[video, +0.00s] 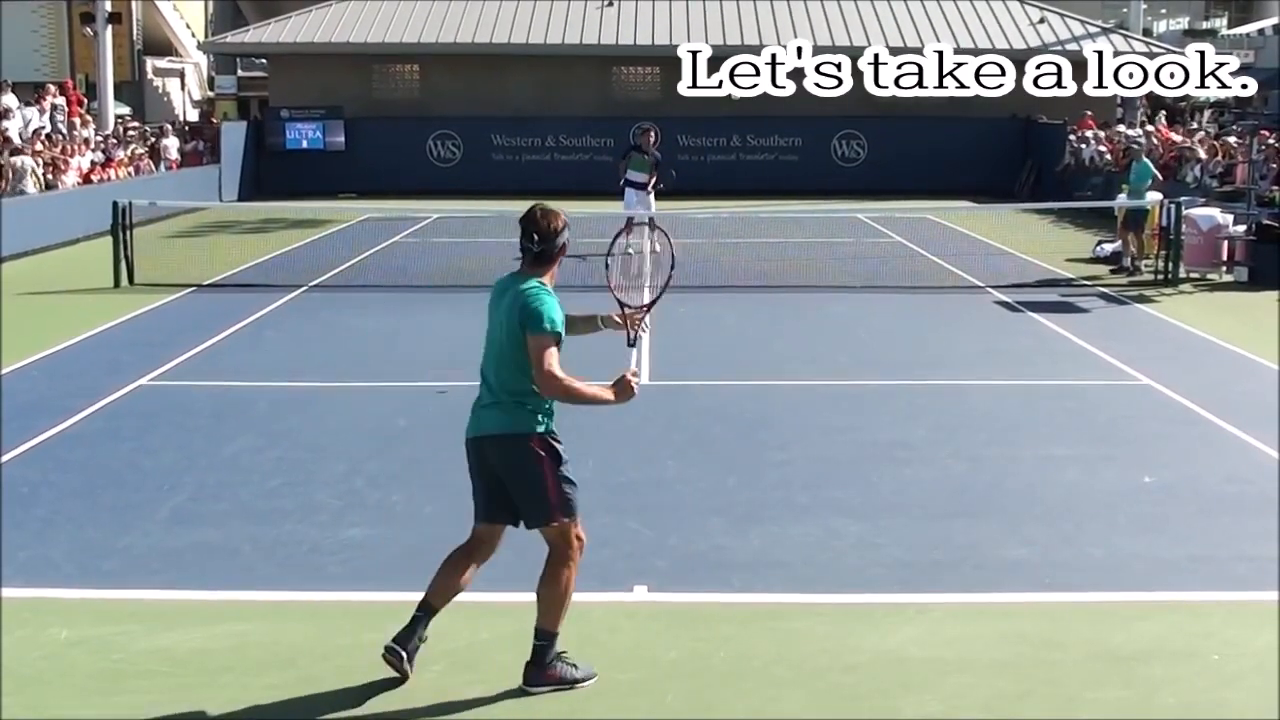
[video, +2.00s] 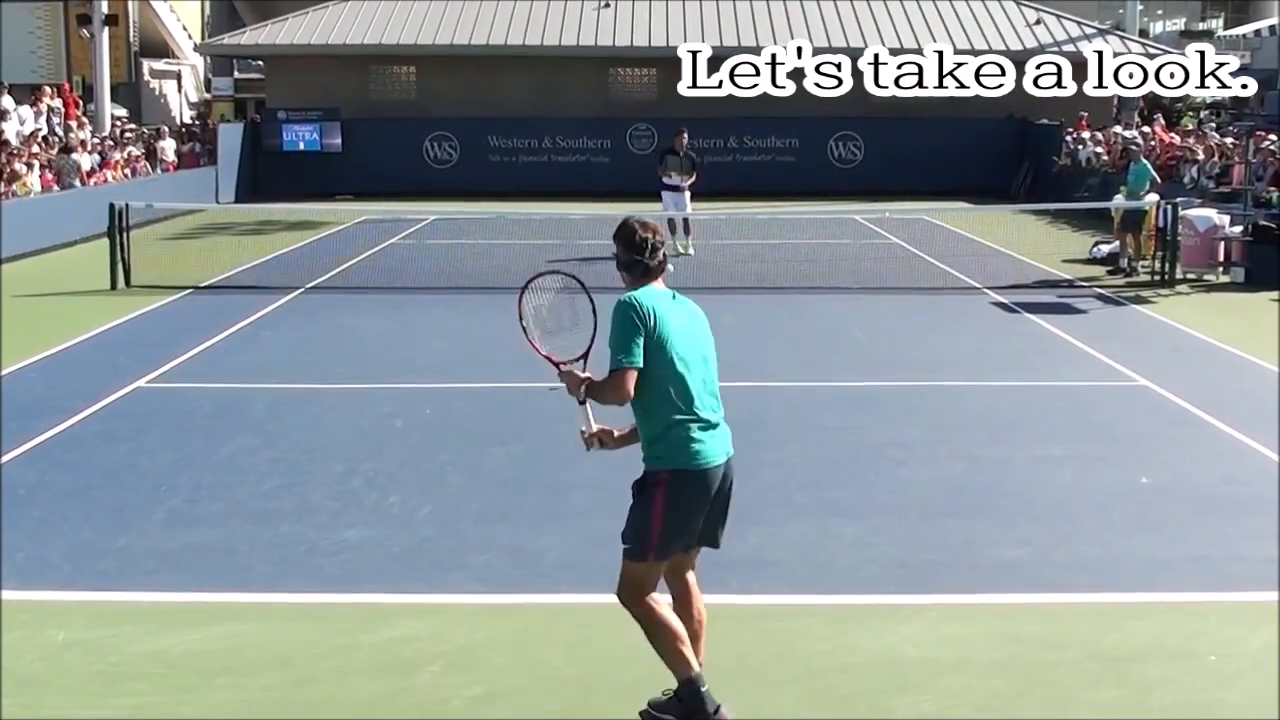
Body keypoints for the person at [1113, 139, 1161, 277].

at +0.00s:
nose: (1132, 153)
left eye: (1134, 150)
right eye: (1131, 150)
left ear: (1141, 150)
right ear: (1132, 151)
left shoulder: (1146, 163)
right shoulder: (1134, 164)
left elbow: (1158, 179)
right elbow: (1136, 182)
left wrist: (1146, 188)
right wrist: (1128, 188)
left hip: (1141, 204)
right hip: (1131, 203)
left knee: (1138, 234)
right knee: (1123, 232)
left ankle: (1139, 265)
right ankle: (1126, 263)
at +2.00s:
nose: (1130, 154)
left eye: (1133, 151)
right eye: (1129, 151)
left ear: (1139, 151)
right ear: (1129, 152)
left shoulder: (1145, 165)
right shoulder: (1132, 165)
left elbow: (1157, 181)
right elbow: (1133, 181)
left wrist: (1146, 193)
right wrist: (1126, 190)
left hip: (1140, 205)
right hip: (1129, 203)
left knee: (1136, 235)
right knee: (1121, 233)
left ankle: (1136, 265)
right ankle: (1122, 264)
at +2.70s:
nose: (1134, 154)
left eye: (1137, 152)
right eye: (1132, 152)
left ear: (1142, 152)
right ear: (1131, 153)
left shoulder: (1147, 166)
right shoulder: (1134, 166)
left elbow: (1159, 183)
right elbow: (1135, 184)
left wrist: (1146, 194)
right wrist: (1128, 191)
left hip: (1142, 206)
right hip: (1131, 205)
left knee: (1138, 236)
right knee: (1123, 234)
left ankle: (1137, 266)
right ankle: (1124, 265)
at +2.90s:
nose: (1134, 153)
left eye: (1137, 150)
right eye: (1132, 150)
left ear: (1142, 150)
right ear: (1131, 151)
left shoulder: (1147, 163)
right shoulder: (1135, 164)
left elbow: (1158, 180)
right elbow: (1135, 181)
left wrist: (1147, 192)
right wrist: (1128, 189)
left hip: (1142, 204)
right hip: (1131, 203)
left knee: (1139, 234)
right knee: (1124, 232)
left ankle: (1138, 264)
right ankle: (1124, 262)